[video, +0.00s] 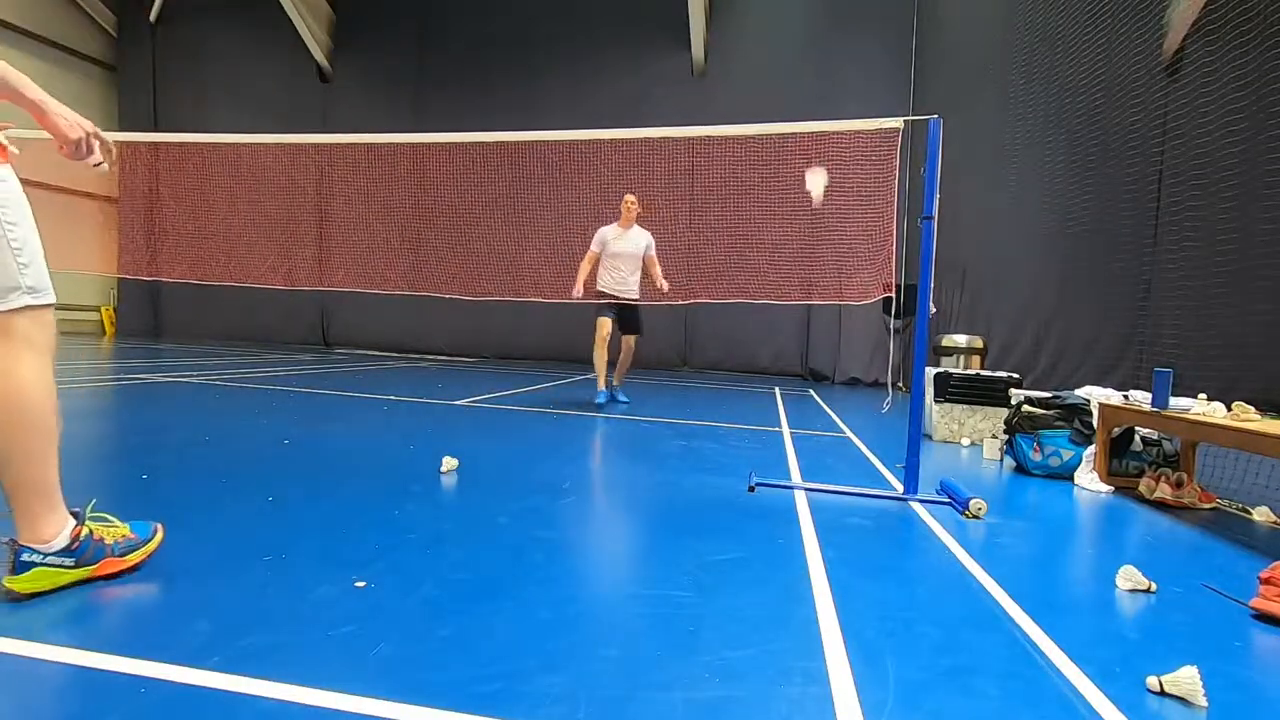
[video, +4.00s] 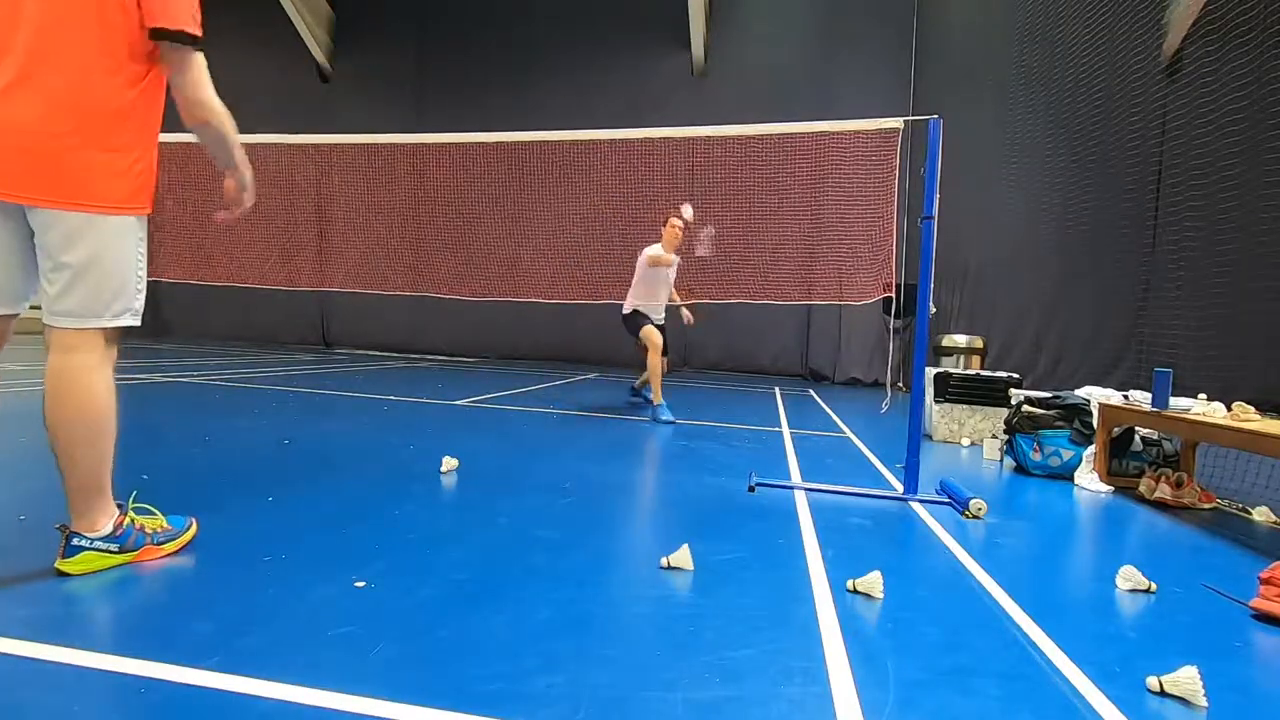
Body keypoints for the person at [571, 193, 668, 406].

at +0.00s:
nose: (629, 206)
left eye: (633, 204)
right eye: (626, 203)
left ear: (639, 209)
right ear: (620, 206)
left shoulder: (646, 237)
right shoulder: (604, 233)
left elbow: (653, 264)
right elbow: (589, 259)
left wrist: (659, 279)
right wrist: (579, 283)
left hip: (630, 297)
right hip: (606, 294)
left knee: (629, 344)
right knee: (603, 334)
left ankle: (616, 386)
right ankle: (601, 388)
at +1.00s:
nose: (611, 226)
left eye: (615, 223)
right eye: (608, 222)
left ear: (620, 228)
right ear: (602, 225)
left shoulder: (624, 252)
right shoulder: (587, 250)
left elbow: (627, 276)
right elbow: (573, 277)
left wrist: (631, 295)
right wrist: (572, 304)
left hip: (614, 307)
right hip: (588, 308)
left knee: (633, 343)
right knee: (576, 350)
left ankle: (627, 386)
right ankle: (566, 377)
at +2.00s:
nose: (659, 232)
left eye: (663, 229)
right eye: (655, 227)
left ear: (666, 235)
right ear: (645, 229)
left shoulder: (658, 256)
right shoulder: (632, 252)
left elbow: (646, 279)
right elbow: (619, 261)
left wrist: (652, 296)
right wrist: (613, 265)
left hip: (635, 309)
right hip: (611, 306)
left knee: (638, 354)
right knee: (623, 339)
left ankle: (623, 382)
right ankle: (626, 400)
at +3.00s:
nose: (593, 221)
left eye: (597, 218)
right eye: (591, 218)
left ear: (603, 223)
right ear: (585, 222)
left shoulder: (613, 247)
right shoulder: (574, 248)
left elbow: (627, 272)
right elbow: (563, 271)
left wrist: (623, 287)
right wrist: (556, 287)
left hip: (606, 303)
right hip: (579, 303)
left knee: (610, 341)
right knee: (564, 342)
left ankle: (613, 388)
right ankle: (557, 382)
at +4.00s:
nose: (676, 232)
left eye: (680, 229)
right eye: (672, 227)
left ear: (683, 235)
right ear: (663, 230)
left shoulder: (674, 261)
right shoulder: (651, 251)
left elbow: (668, 287)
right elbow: (651, 260)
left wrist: (681, 307)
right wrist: (672, 260)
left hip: (658, 316)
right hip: (636, 311)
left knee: (661, 366)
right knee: (656, 341)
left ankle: (638, 386)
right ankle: (658, 403)